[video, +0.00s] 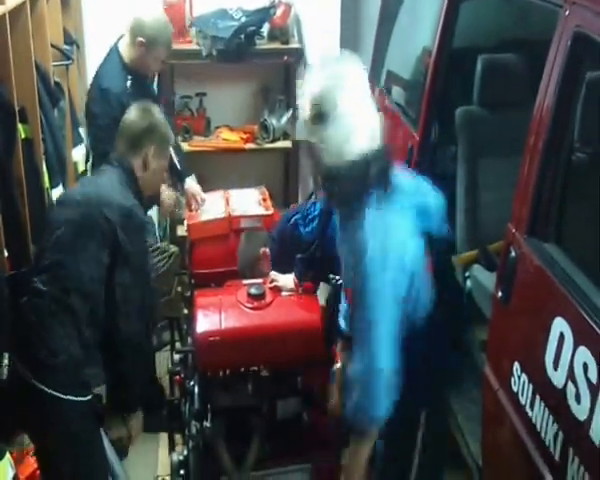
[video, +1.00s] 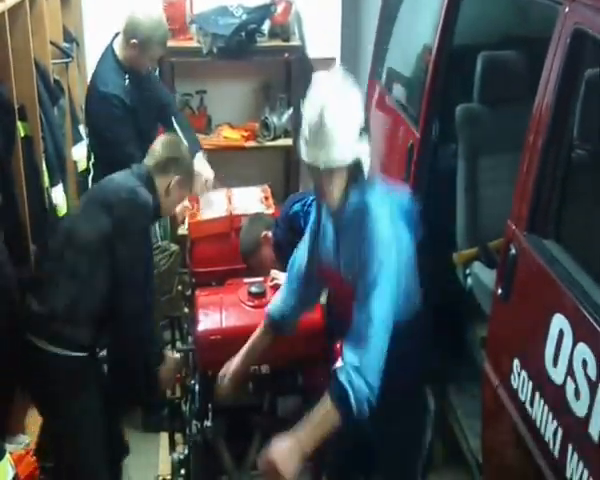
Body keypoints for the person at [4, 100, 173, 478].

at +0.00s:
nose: (165, 176)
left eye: (168, 165)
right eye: (165, 164)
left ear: (124, 152)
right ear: (147, 157)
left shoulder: (76, 194)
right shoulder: (125, 212)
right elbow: (131, 320)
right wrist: (131, 404)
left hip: (34, 370)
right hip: (72, 384)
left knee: (61, 471)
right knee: (89, 473)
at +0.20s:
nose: (166, 187)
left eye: (170, 177)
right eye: (166, 175)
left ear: (137, 157)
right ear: (142, 159)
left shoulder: (82, 183)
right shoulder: (112, 208)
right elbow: (112, 316)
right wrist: (122, 404)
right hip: (67, 391)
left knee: (69, 470)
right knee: (92, 473)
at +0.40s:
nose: (179, 216)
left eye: (183, 206)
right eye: (179, 204)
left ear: (154, 189)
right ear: (155, 192)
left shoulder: (114, 203)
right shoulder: (97, 228)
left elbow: (122, 301)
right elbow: (87, 343)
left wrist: (136, 362)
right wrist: (110, 437)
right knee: (83, 470)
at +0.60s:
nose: (187, 226)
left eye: (192, 217)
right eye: (189, 215)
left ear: (168, 201)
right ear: (169, 205)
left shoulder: (127, 210)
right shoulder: (101, 228)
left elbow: (131, 306)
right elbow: (84, 341)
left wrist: (151, 364)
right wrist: (106, 432)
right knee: (77, 470)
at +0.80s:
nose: (189, 213)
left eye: (193, 204)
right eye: (191, 203)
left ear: (171, 189)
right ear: (173, 193)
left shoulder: (130, 201)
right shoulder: (113, 215)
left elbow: (128, 309)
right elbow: (101, 317)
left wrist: (156, 364)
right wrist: (113, 406)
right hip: (60, 370)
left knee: (113, 463)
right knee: (82, 466)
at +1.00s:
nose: (180, 209)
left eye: (186, 201)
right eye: (184, 198)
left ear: (160, 174)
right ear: (172, 184)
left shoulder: (121, 186)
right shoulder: (134, 201)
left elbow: (133, 293)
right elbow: (134, 299)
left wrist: (152, 356)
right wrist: (150, 369)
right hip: (65, 353)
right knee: (99, 456)